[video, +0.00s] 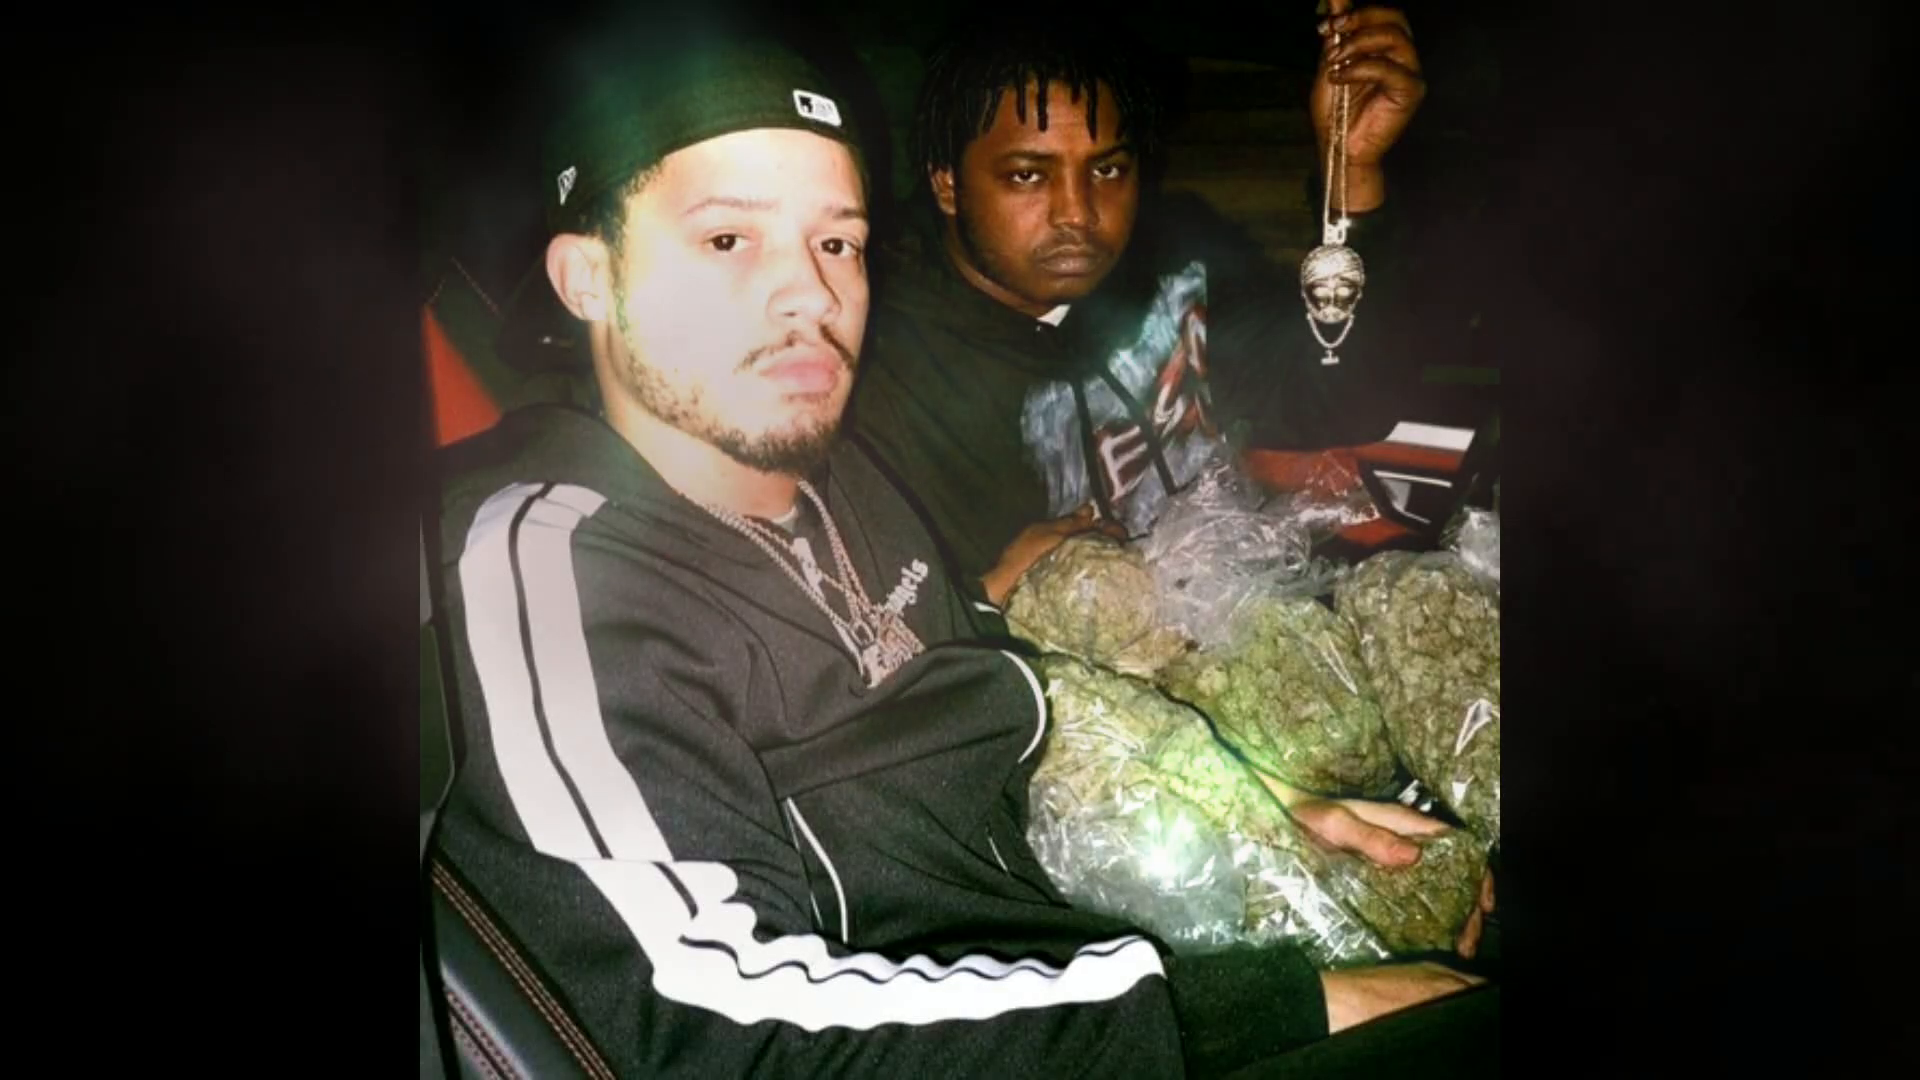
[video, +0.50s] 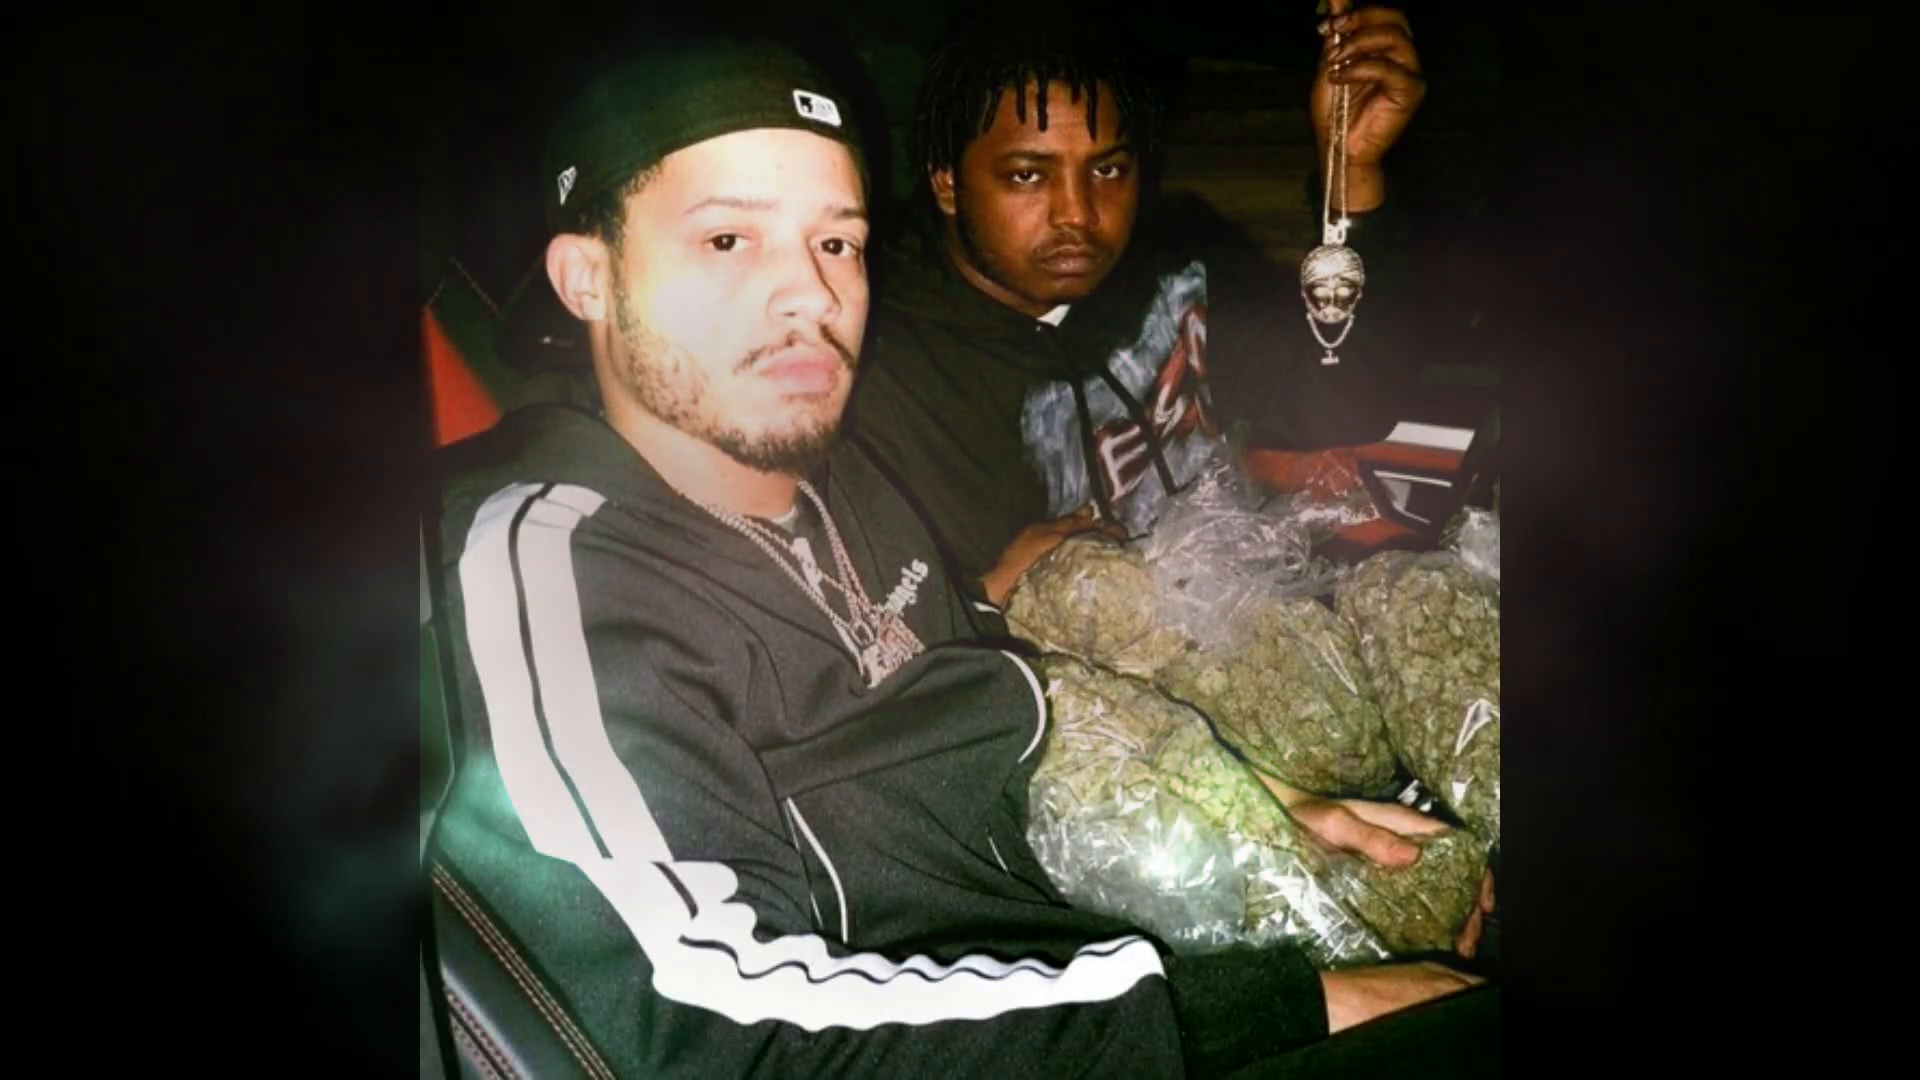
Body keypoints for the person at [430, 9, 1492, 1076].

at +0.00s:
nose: (812, 302)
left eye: (836, 244)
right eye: (728, 240)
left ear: (868, 262)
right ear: (584, 276)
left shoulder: (834, 475)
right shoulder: (533, 555)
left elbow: (1015, 735)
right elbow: (708, 1017)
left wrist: (1267, 830)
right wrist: (1271, 1010)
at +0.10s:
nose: (812, 302)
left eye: (837, 244)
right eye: (728, 240)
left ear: (868, 262)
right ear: (584, 275)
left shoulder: (832, 476)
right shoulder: (532, 552)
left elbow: (1008, 736)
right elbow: (706, 1017)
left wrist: (1265, 831)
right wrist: (1277, 1010)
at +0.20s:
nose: (812, 302)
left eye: (836, 244)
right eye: (728, 241)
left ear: (867, 263)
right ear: (585, 277)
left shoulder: (831, 475)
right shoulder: (534, 554)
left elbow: (1008, 736)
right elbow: (704, 1022)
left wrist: (1265, 832)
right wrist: (1276, 1009)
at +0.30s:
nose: (813, 303)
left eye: (837, 248)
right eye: (727, 243)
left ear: (868, 267)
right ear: (584, 279)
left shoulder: (832, 481)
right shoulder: (534, 554)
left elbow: (1006, 750)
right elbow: (700, 1025)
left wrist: (1263, 830)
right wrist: (1275, 1012)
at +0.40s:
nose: (812, 304)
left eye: (836, 247)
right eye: (727, 243)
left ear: (867, 265)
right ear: (585, 278)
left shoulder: (832, 480)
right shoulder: (532, 557)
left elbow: (1002, 763)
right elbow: (699, 1018)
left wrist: (1266, 837)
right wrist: (1273, 1009)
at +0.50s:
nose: (812, 305)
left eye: (836, 249)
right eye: (728, 245)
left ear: (867, 266)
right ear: (585, 280)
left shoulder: (835, 483)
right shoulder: (532, 560)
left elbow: (1003, 754)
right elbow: (700, 1021)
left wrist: (1264, 831)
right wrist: (1273, 1008)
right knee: (1450, 1009)